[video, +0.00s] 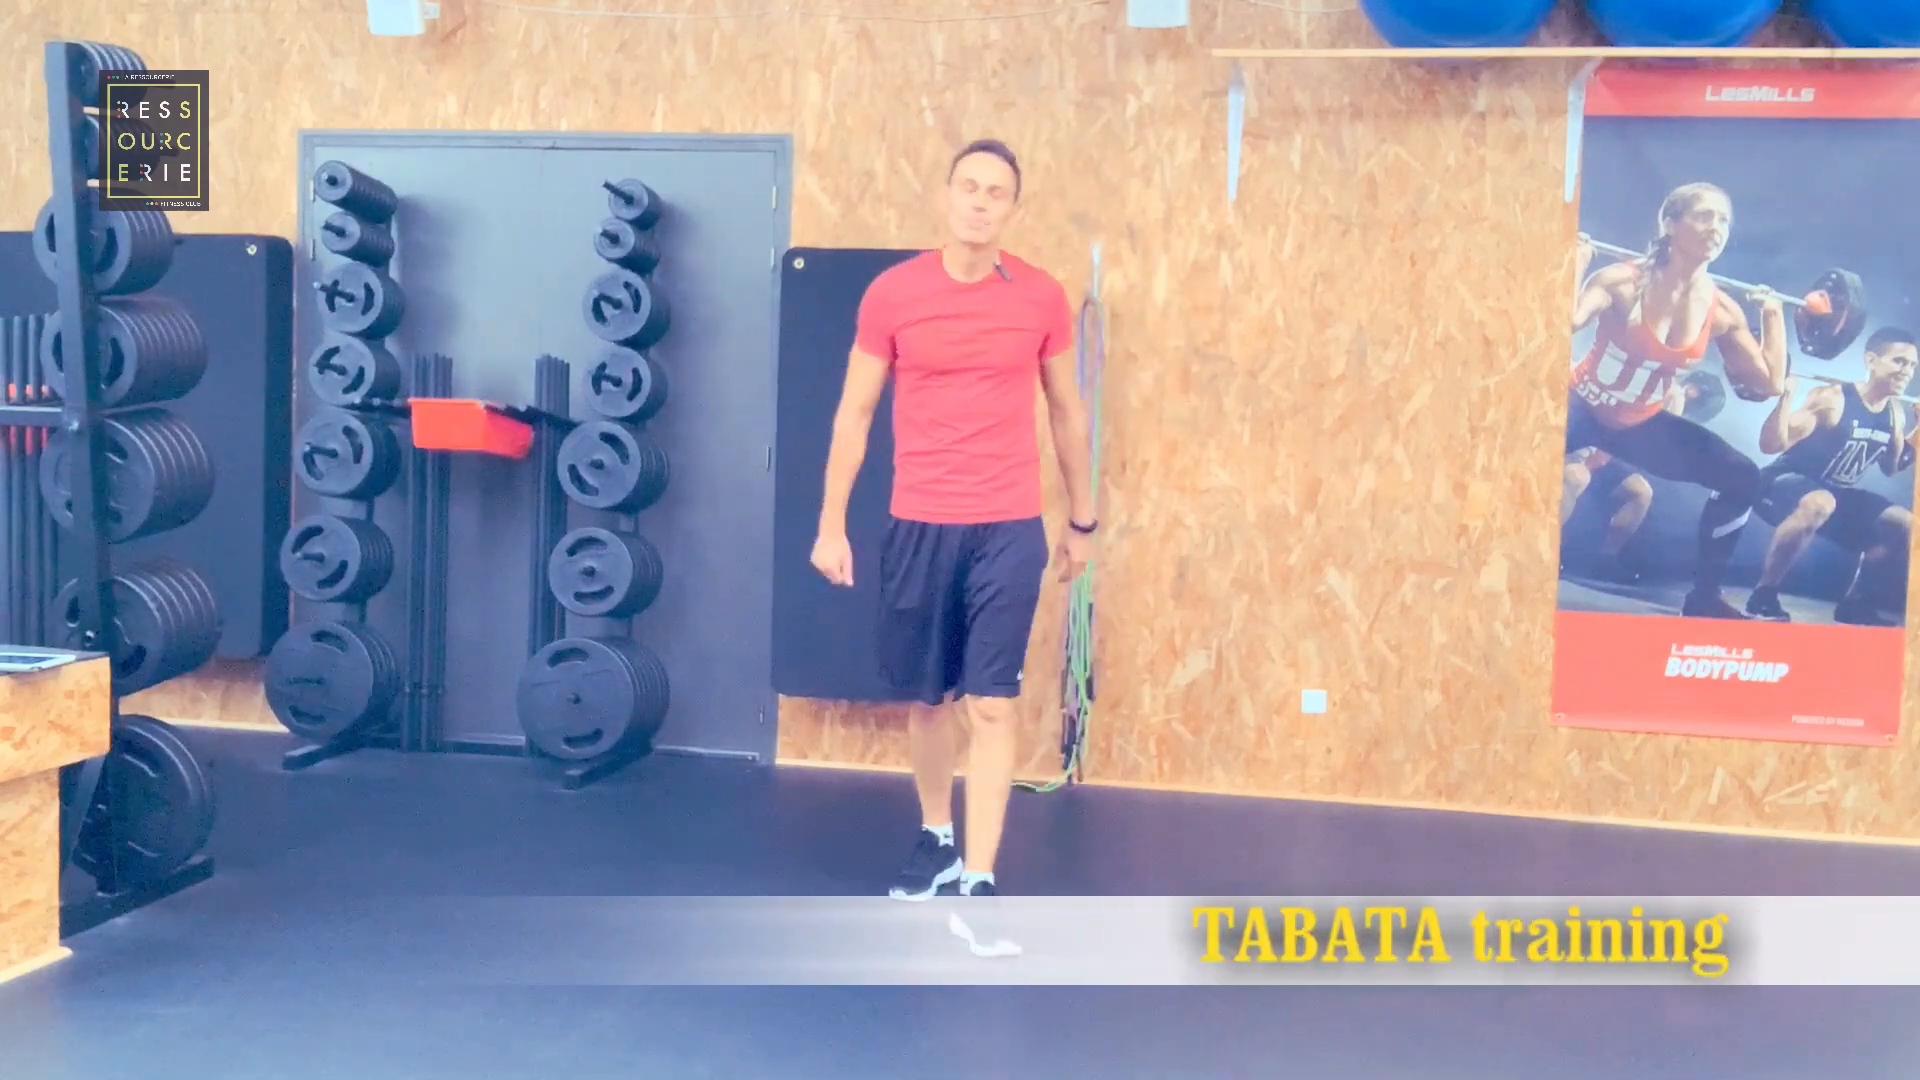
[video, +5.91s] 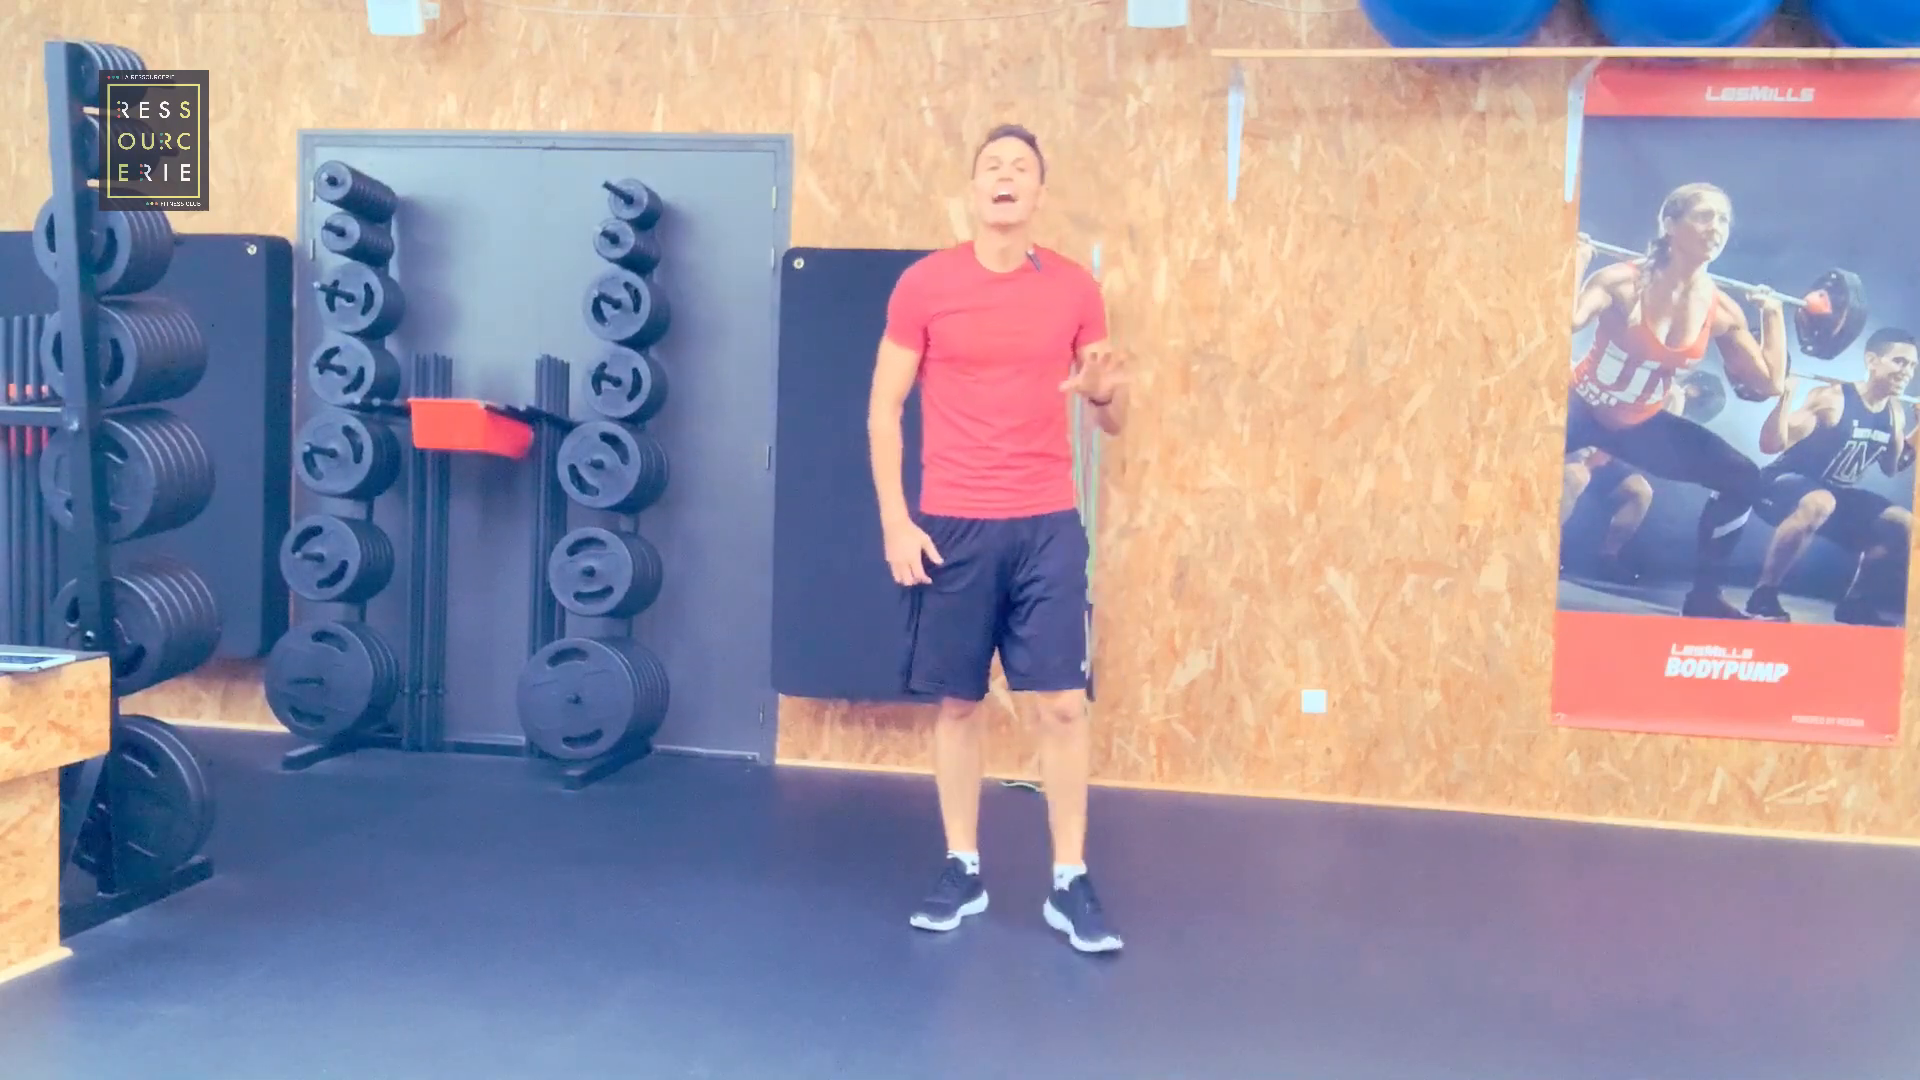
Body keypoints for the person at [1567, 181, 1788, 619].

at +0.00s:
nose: (1716, 228)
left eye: (1724, 221)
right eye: (1704, 216)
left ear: (1728, 234)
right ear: (1671, 224)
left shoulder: (1722, 310)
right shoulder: (1620, 279)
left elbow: (1768, 386)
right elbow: (1559, 324)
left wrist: (1773, 312)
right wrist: (1573, 269)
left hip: (1644, 425)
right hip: (1579, 409)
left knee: (1741, 477)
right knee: (1515, 447)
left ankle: (1705, 597)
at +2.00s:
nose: (1716, 228)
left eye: (1724, 221)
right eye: (1704, 216)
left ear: (1728, 234)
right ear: (1671, 224)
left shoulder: (1722, 310)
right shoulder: (1620, 280)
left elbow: (1769, 385)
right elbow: (1559, 325)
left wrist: (1773, 311)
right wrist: (1573, 270)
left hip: (1644, 425)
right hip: (1579, 409)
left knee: (1742, 477)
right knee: (1517, 446)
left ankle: (1705, 597)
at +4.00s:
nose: (1717, 228)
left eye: (1724, 220)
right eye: (1705, 216)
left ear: (1728, 233)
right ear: (1670, 224)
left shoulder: (1722, 311)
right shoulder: (1620, 279)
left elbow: (1769, 385)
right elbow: (1558, 326)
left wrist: (1773, 312)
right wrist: (1573, 269)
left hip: (1644, 425)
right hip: (1579, 409)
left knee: (1742, 477)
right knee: (1511, 450)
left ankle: (1705, 597)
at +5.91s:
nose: (1716, 228)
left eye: (1724, 220)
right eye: (1704, 217)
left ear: (1729, 233)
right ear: (1670, 224)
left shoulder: (1721, 311)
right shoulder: (1620, 279)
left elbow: (1770, 385)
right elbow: (1558, 326)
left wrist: (1773, 312)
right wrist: (1572, 268)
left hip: (1645, 425)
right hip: (1579, 409)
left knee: (1742, 478)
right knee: (1512, 450)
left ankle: (1705, 597)